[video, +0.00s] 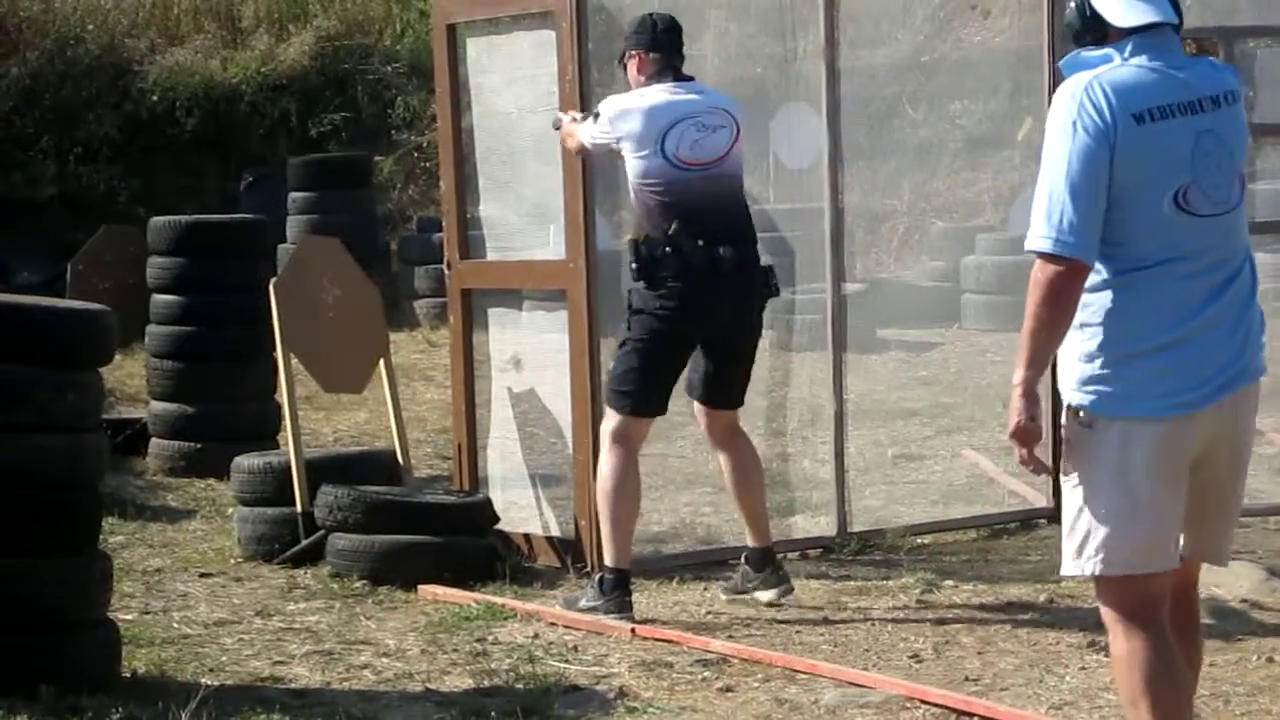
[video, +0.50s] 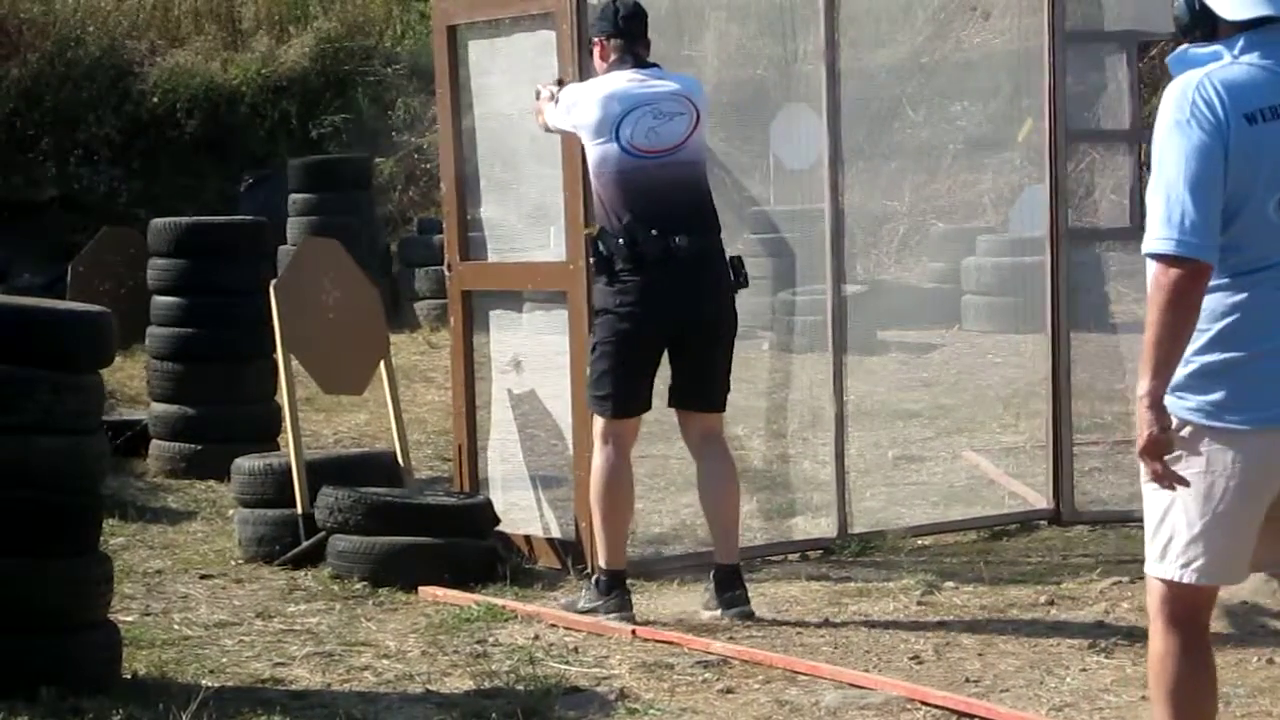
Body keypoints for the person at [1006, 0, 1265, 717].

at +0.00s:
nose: (1077, 23)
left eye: (1081, 15)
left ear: (1095, 16)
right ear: (1173, 14)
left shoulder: (1090, 93)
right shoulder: (1223, 85)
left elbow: (1062, 264)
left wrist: (1025, 385)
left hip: (1128, 391)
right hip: (1228, 377)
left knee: (1133, 615)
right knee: (1179, 596)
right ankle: (1174, 714)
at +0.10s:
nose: (1089, 22)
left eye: (1094, 15)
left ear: (1108, 15)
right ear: (1187, 13)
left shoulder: (1100, 89)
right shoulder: (1233, 81)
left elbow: (1073, 261)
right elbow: (1231, 210)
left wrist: (1036, 382)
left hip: (1140, 390)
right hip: (1246, 373)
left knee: (1137, 614)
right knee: (1191, 590)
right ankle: (1182, 710)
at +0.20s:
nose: (1107, 17)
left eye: (1112, 13)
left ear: (1125, 13)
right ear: (1204, 12)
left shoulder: (1118, 89)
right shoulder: (1254, 82)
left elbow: (1089, 258)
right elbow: (1262, 218)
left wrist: (1055, 382)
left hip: (1155, 393)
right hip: (1257, 379)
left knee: (1143, 609)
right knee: (1209, 573)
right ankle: (1220, 713)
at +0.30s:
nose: (1125, 16)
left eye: (1130, 10)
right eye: (1128, 12)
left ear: (1146, 11)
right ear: (1226, 12)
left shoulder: (1144, 87)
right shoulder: (1268, 75)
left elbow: (1115, 255)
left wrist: (1078, 382)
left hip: (1173, 395)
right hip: (1269, 384)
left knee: (1157, 613)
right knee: (1242, 576)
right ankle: (1278, 695)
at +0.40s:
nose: (1153, 25)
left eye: (1157, 17)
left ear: (1174, 14)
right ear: (1249, 13)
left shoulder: (1172, 89)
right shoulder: (1272, 73)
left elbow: (1145, 260)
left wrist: (1111, 389)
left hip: (1202, 399)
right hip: (1274, 391)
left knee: (1166, 617)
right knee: (1267, 583)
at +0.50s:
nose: (1185, 16)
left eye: (1191, 12)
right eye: (1192, 12)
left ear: (1210, 10)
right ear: (1265, 12)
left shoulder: (1205, 91)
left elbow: (1183, 267)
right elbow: (1183, 267)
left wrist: (1149, 392)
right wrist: (1154, 394)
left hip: (1229, 402)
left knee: (1178, 612)